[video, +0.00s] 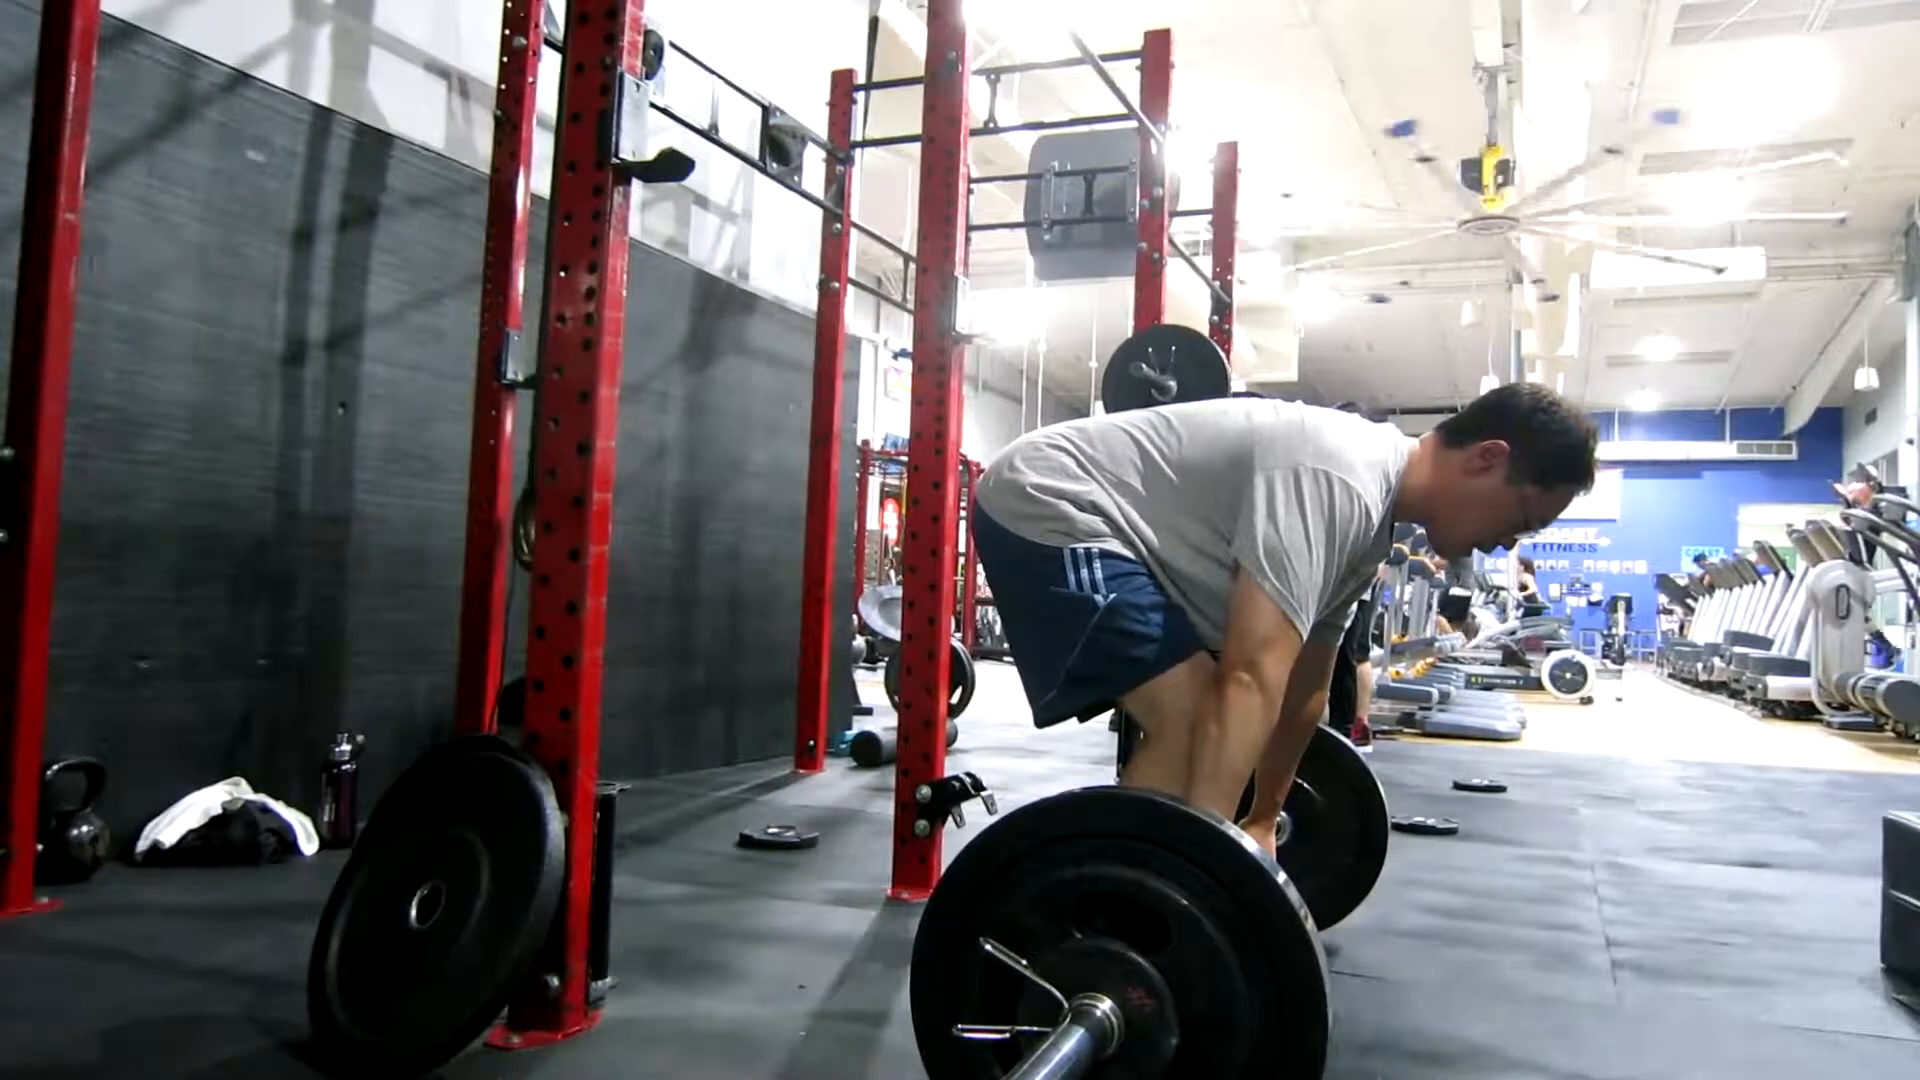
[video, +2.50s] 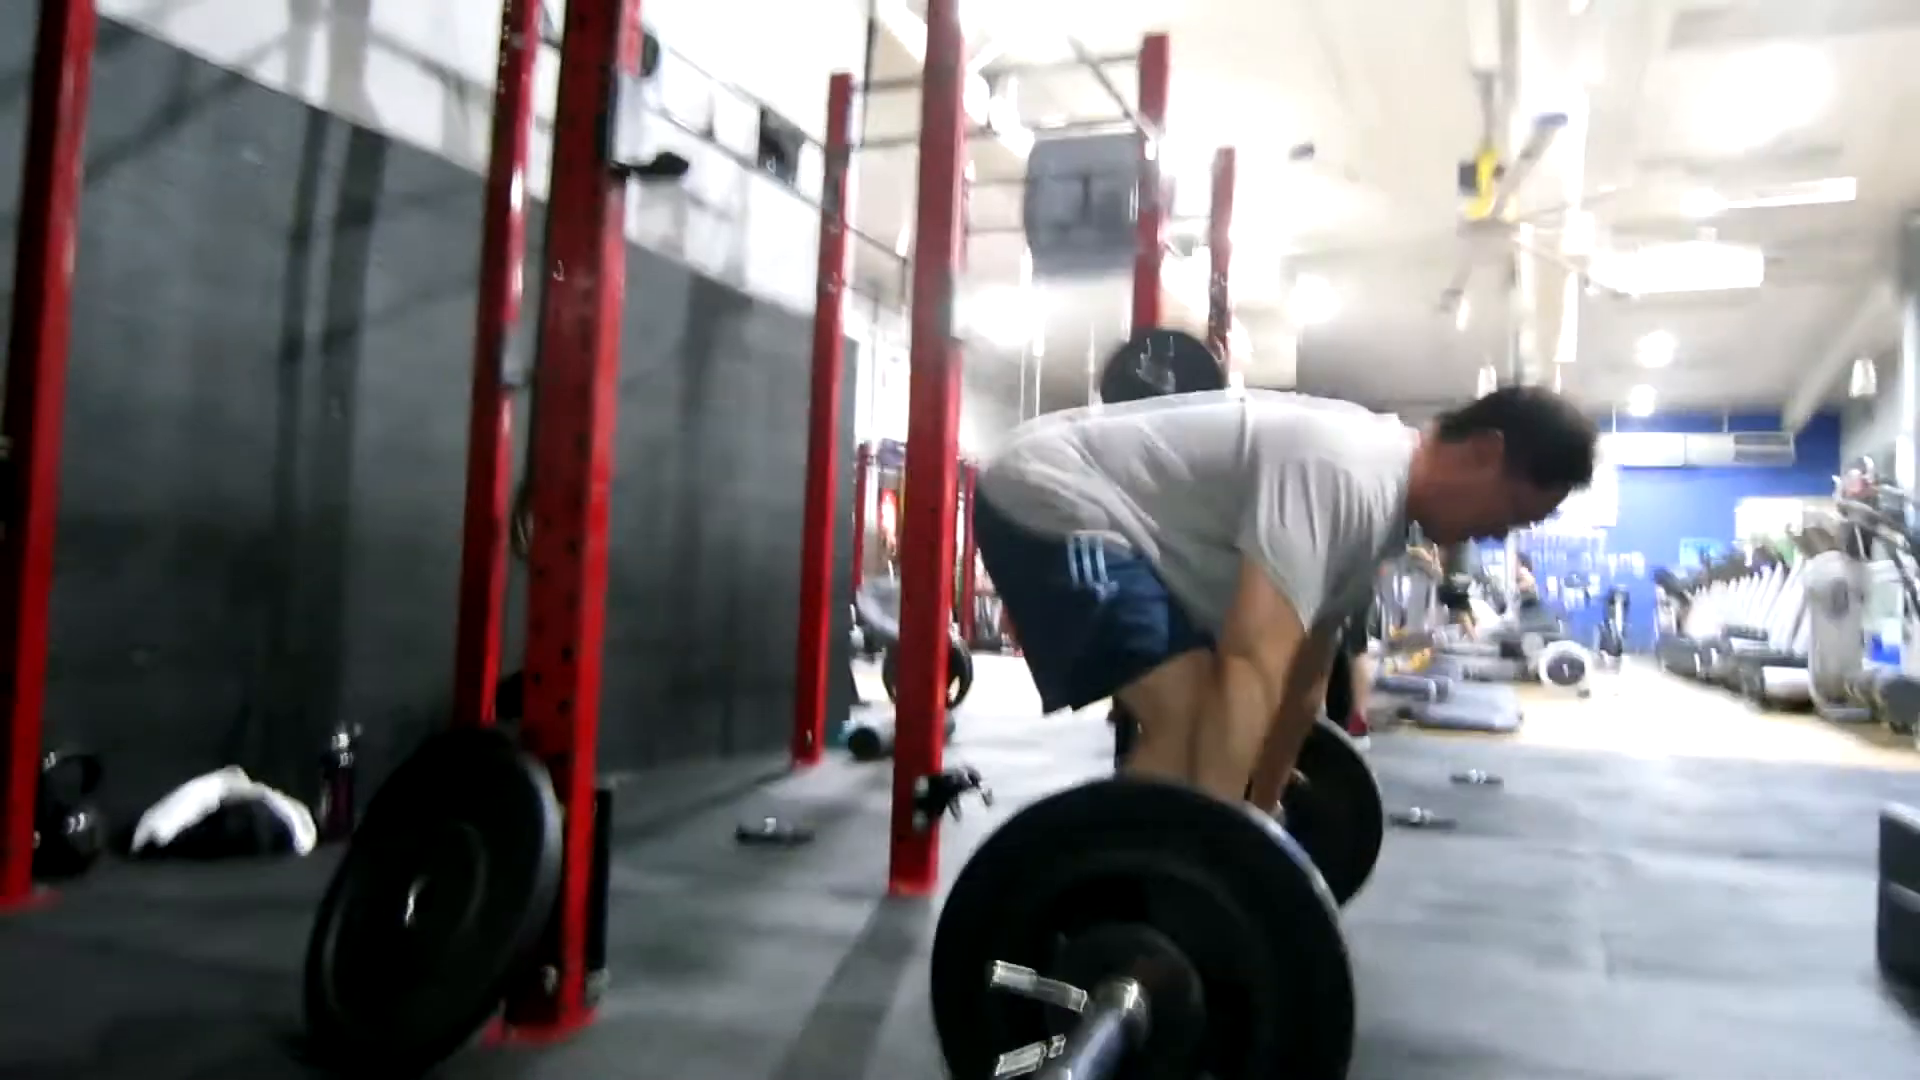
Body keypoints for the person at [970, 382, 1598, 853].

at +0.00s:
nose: (1506, 544)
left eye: (1524, 531)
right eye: (1520, 521)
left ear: (1487, 460)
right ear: (1488, 461)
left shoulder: (1369, 514)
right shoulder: (1334, 475)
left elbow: (1305, 691)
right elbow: (1247, 674)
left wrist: (1260, 821)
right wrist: (1192, 869)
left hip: (1096, 521)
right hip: (1051, 502)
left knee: (1190, 723)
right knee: (1202, 708)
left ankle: (1115, 909)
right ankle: (1151, 908)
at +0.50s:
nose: (1502, 537)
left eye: (1520, 526)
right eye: (1514, 515)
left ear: (1480, 454)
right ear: (1481, 454)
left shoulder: (1389, 516)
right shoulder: (1343, 476)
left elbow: (1321, 684)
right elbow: (1259, 676)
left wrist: (1256, 828)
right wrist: (1194, 869)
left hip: (1108, 522)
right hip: (1050, 498)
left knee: (1194, 719)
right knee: (1197, 709)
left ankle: (1113, 919)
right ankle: (1134, 919)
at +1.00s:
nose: (1484, 517)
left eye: (1502, 505)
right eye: (1497, 494)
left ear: (1465, 436)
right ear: (1465, 434)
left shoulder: (1353, 524)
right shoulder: (1306, 470)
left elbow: (1287, 675)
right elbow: (1219, 666)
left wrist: (1266, 813)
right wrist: (1200, 857)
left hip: (1094, 545)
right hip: (1036, 522)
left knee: (1183, 727)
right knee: (1197, 710)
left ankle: (1117, 905)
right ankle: (1157, 910)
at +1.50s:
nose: (1474, 387)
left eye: (1491, 374)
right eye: (1488, 364)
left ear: (1455, 300)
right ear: (1457, 298)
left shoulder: (1350, 389)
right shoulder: (1308, 321)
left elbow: (1257, 500)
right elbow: (1170, 413)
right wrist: (1212, 589)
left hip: (1113, 502)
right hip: (1045, 485)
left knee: (1183, 703)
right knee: (1148, 715)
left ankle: (1161, 932)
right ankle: (1103, 980)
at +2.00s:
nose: (1491, 450)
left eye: (1509, 438)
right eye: (1505, 427)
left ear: (1476, 358)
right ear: (1476, 359)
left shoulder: (1350, 433)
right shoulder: (1337, 364)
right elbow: (1187, 416)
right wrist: (1226, 599)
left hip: (1115, 508)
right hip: (1044, 483)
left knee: (1175, 715)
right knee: (1121, 728)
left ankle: (1163, 946)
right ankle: (1104, 979)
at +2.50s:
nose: (1504, 535)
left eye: (1523, 524)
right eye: (1516, 513)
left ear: (1485, 455)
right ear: (1486, 455)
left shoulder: (1381, 504)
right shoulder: (1339, 466)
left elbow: (1304, 681)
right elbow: (1248, 660)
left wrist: (1254, 832)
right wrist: (1204, 863)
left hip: (1112, 510)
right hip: (1053, 489)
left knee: (1193, 711)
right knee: (1194, 700)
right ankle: (1166, 912)